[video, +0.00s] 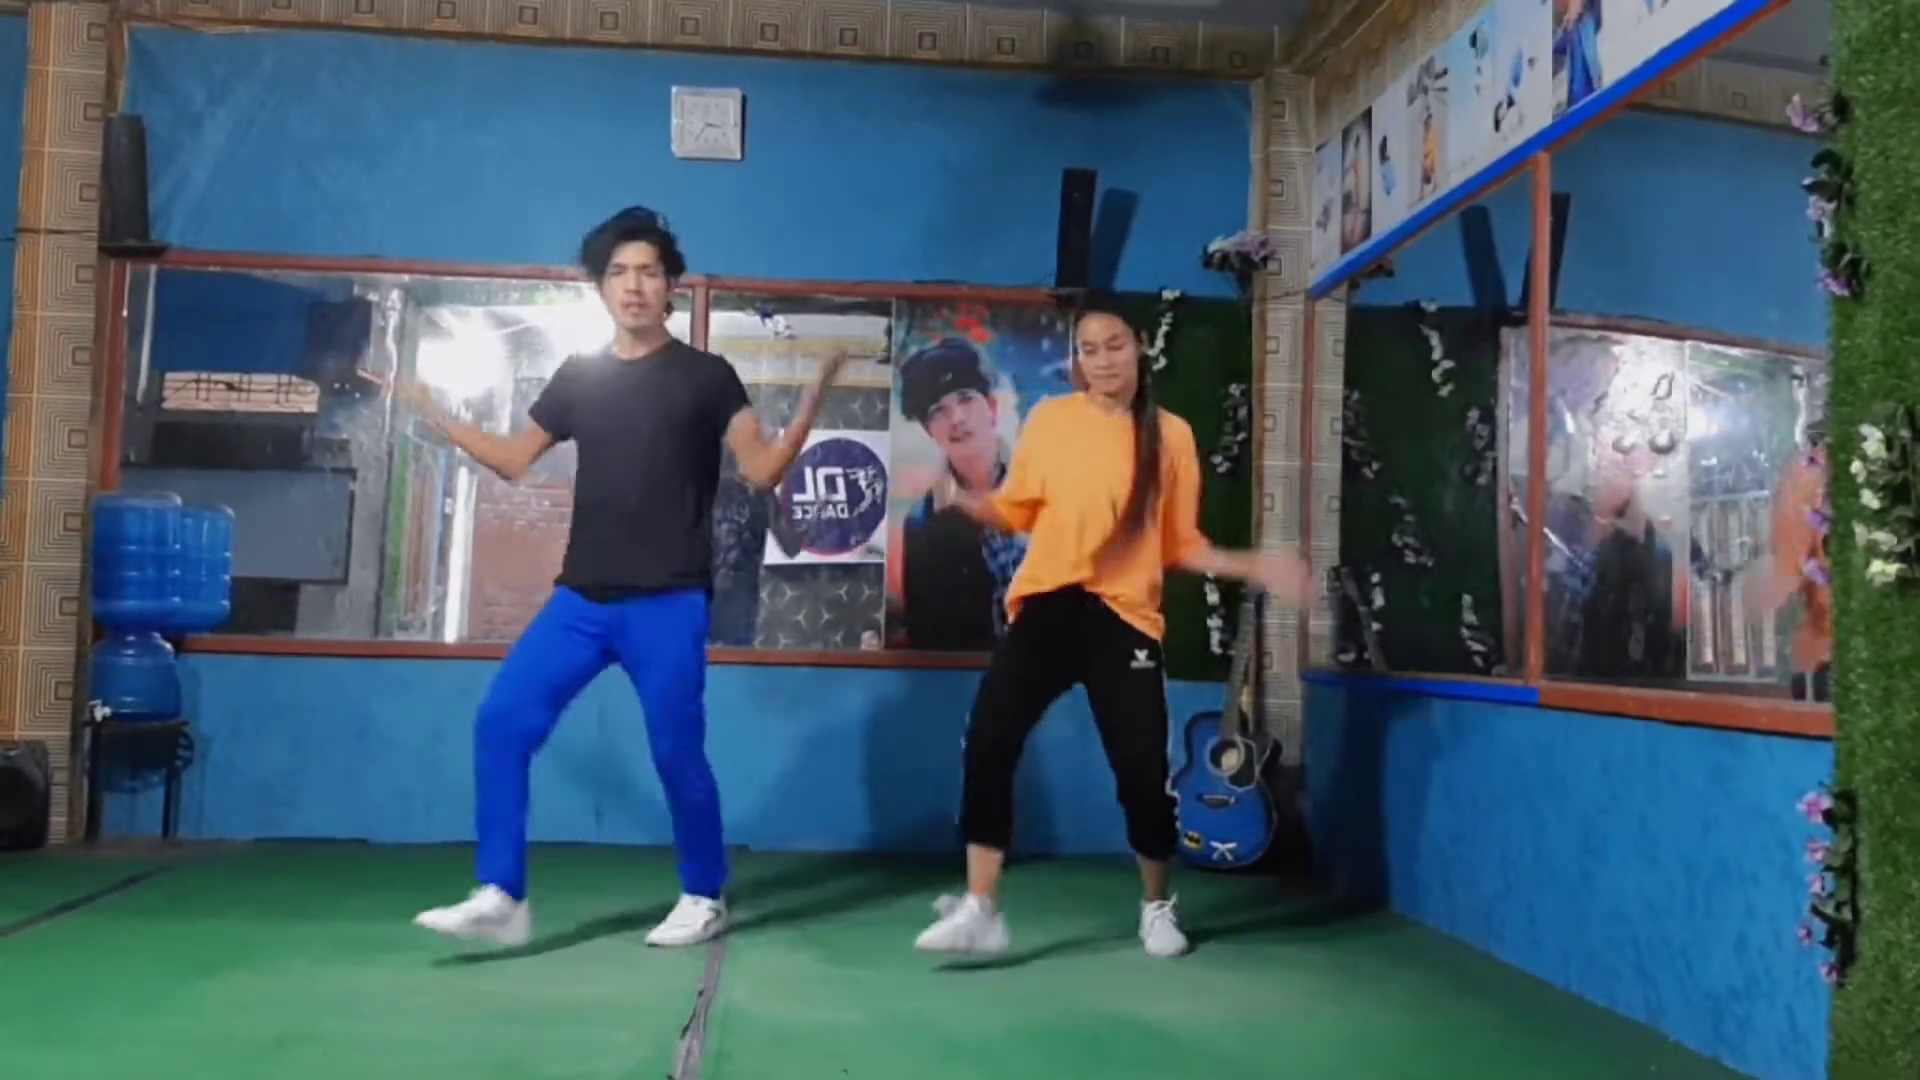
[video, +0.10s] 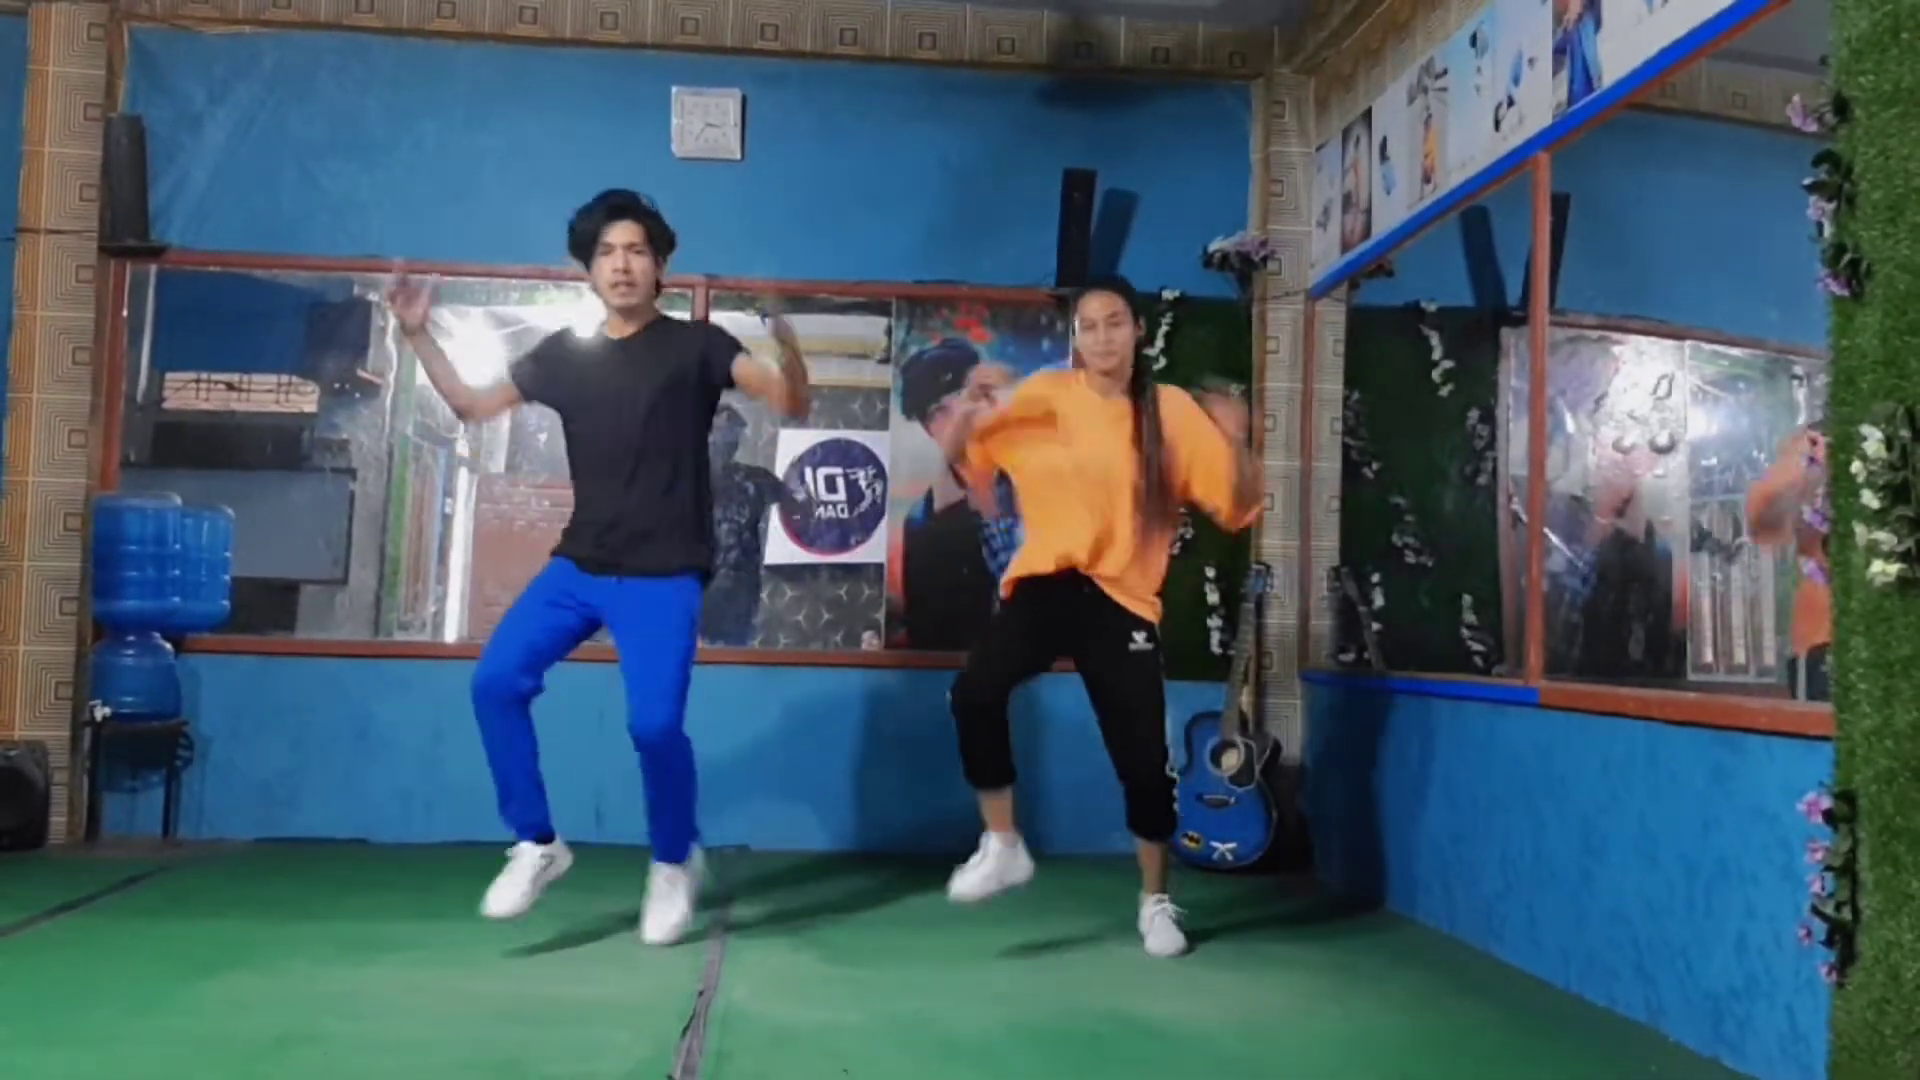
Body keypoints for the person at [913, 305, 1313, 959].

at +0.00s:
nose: (1103, 360)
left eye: (1114, 346)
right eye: (1089, 349)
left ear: (1139, 352)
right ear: (1075, 360)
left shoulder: (1169, 435)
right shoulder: (1050, 417)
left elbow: (1183, 545)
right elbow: (1016, 512)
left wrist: (1256, 566)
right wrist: (964, 499)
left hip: (1125, 616)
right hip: (1044, 610)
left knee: (1144, 766)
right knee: (988, 741)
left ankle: (1156, 906)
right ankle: (979, 910)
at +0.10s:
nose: (1102, 336)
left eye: (1114, 322)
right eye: (1089, 325)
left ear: (1137, 331)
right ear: (1074, 337)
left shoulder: (1170, 410)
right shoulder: (1043, 394)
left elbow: (1233, 506)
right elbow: (969, 464)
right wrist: (962, 429)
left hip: (1123, 597)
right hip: (1040, 588)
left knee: (1145, 759)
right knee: (976, 691)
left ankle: (1155, 900)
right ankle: (1002, 846)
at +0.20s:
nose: (1096, 317)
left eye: (1109, 305)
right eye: (1083, 305)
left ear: (1131, 315)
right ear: (1068, 316)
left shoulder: (1157, 383)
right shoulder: (1032, 375)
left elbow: (1234, 448)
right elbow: (948, 416)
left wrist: (1154, 427)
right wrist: (1016, 459)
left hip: (1112, 571)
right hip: (1028, 563)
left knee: (1126, 721)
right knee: (994, 687)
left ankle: (1114, 862)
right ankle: (1011, 834)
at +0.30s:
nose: (1084, 323)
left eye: (1097, 311)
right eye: (1071, 312)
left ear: (1119, 323)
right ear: (1055, 324)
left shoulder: (1147, 391)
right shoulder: (1029, 401)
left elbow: (1165, 486)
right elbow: (989, 508)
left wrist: (1114, 447)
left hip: (1106, 582)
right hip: (1029, 578)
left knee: (1075, 746)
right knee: (1019, 743)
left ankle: (1070, 890)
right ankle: (1018, 899)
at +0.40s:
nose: (1060, 343)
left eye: (1073, 332)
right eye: (1049, 333)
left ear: (1097, 347)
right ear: (1035, 348)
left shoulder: (1128, 399)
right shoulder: (1016, 426)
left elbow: (1150, 482)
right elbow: (996, 526)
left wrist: (1128, 512)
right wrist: (997, 548)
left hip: (1094, 601)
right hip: (1020, 600)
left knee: (1072, 764)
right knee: (1009, 758)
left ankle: (1076, 888)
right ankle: (1021, 901)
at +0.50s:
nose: (1039, 356)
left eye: (1053, 347)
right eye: (1029, 346)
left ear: (1078, 362)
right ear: (1016, 361)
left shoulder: (1102, 411)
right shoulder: (1000, 434)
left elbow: (1123, 525)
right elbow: (973, 525)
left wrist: (1148, 626)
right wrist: (940, 453)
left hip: (1102, 603)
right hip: (1023, 607)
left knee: (1131, 743)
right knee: (996, 754)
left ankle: (1121, 850)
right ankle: (1018, 900)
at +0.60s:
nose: (1024, 356)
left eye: (1041, 347)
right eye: (1017, 345)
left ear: (1069, 363)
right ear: (1007, 358)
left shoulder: (1103, 429)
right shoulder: (990, 437)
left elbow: (1172, 529)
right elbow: (943, 518)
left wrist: (1209, 614)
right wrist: (925, 429)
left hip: (1107, 626)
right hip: (1022, 629)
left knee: (1173, 761)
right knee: (986, 771)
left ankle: (1204, 872)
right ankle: (1018, 902)